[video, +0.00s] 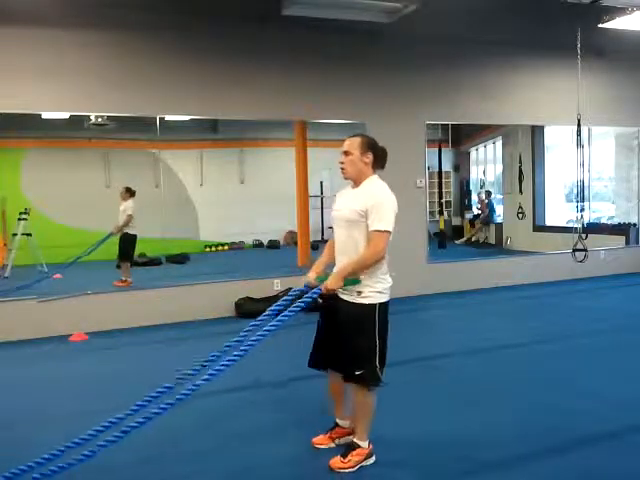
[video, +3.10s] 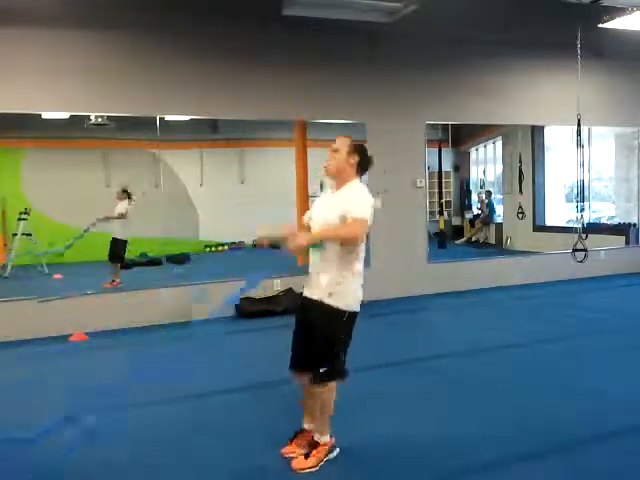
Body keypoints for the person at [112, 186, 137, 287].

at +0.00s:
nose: (121, 195)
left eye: (123, 193)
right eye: (121, 193)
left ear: (128, 194)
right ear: (126, 194)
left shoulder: (130, 204)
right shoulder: (124, 204)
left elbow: (129, 218)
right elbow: (125, 217)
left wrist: (119, 228)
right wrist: (118, 227)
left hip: (129, 233)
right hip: (125, 232)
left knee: (125, 258)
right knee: (123, 257)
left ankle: (126, 278)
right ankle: (125, 278)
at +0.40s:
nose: (124, 196)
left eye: (126, 194)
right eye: (125, 194)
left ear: (132, 196)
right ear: (130, 196)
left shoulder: (134, 204)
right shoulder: (129, 206)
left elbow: (131, 216)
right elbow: (121, 221)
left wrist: (119, 220)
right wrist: (110, 226)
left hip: (131, 235)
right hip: (127, 234)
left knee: (125, 259)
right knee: (124, 259)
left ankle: (125, 279)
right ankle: (124, 278)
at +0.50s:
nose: (127, 192)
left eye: (129, 191)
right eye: (128, 190)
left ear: (134, 192)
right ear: (133, 192)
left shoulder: (134, 202)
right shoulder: (130, 202)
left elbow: (125, 204)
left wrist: (112, 209)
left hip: (133, 229)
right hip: (129, 229)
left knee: (126, 255)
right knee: (126, 255)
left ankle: (127, 279)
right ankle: (126, 278)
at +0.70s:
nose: (121, 202)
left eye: (122, 199)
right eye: (121, 199)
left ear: (127, 199)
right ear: (129, 198)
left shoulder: (131, 208)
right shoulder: (129, 207)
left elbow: (124, 214)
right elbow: (124, 214)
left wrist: (117, 214)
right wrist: (117, 214)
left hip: (132, 233)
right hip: (130, 232)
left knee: (128, 256)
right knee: (126, 256)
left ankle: (130, 279)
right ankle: (127, 277)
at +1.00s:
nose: (119, 193)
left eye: (121, 191)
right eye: (119, 191)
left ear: (126, 191)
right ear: (126, 191)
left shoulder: (130, 199)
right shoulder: (124, 201)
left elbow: (128, 210)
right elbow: (120, 211)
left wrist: (116, 211)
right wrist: (111, 211)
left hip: (126, 228)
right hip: (121, 227)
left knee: (117, 253)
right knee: (115, 252)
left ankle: (118, 274)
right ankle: (116, 274)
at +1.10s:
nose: (120, 196)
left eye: (122, 194)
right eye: (120, 194)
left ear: (126, 194)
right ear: (128, 195)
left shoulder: (128, 204)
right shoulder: (124, 204)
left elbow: (117, 215)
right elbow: (116, 216)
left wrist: (103, 213)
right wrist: (104, 219)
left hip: (122, 233)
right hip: (120, 232)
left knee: (113, 257)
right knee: (114, 257)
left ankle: (113, 278)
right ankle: (113, 277)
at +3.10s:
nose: (117, 195)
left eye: (119, 194)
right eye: (118, 193)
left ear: (124, 195)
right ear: (123, 195)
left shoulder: (124, 205)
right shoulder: (120, 204)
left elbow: (122, 216)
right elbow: (116, 217)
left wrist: (108, 217)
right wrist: (102, 219)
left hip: (121, 236)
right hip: (117, 235)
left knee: (116, 260)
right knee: (114, 259)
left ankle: (116, 279)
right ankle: (115, 279)